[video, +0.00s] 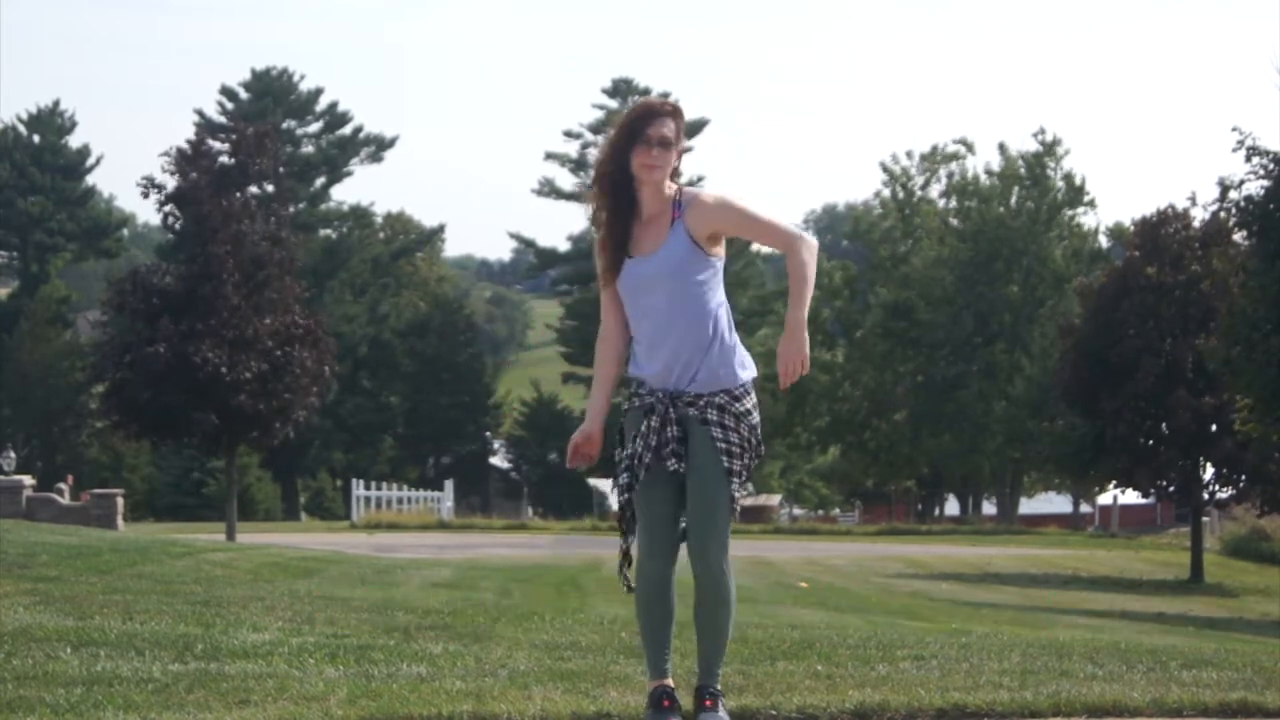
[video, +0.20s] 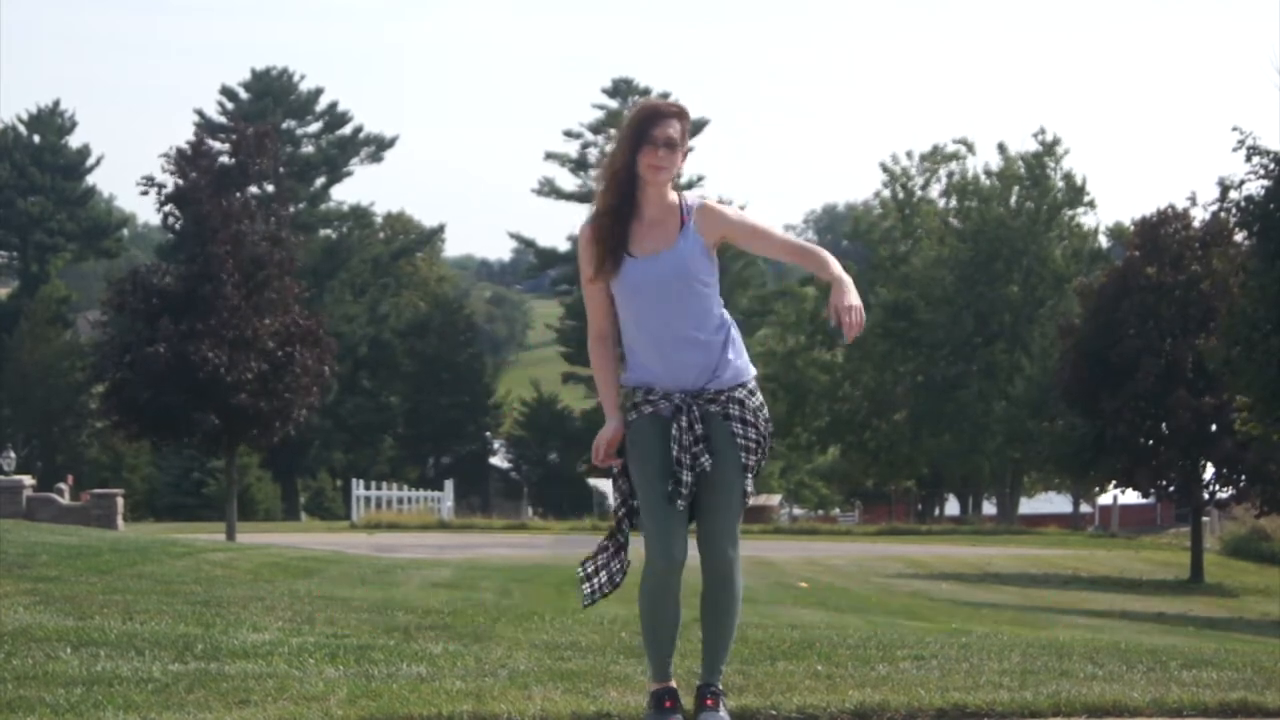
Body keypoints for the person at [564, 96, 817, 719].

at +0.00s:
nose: (660, 153)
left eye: (670, 144)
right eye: (650, 142)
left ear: (681, 154)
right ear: (626, 151)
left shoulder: (702, 210)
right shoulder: (612, 237)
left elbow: (802, 244)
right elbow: (612, 334)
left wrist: (797, 325)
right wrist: (594, 418)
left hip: (716, 400)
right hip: (649, 405)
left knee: (707, 549)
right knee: (654, 549)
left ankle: (708, 691)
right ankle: (660, 687)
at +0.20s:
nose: (663, 155)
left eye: (674, 146)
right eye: (654, 143)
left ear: (685, 155)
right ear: (630, 149)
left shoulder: (705, 217)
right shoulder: (598, 235)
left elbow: (800, 251)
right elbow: (601, 336)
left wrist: (840, 278)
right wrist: (612, 416)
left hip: (725, 397)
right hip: (650, 401)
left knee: (721, 552)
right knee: (665, 549)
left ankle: (711, 689)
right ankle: (662, 688)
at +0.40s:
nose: (671, 153)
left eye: (680, 145)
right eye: (660, 143)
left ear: (691, 155)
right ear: (638, 151)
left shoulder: (708, 232)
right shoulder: (603, 228)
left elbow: (776, 304)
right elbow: (571, 323)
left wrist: (840, 269)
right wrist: (592, 413)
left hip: (728, 399)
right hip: (657, 404)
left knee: (721, 552)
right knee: (679, 555)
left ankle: (712, 690)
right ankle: (664, 691)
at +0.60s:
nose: (674, 146)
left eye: (683, 137)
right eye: (662, 137)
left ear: (696, 147)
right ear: (639, 149)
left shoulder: (704, 227)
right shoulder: (613, 219)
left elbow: (739, 319)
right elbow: (538, 290)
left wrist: (833, 308)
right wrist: (540, 387)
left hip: (718, 402)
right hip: (655, 402)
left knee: (715, 547)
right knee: (679, 547)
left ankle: (711, 691)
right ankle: (664, 692)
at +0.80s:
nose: (668, 141)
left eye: (677, 131)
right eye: (655, 132)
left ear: (692, 141)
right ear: (637, 145)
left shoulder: (708, 223)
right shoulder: (615, 211)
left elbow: (725, 314)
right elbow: (527, 254)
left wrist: (766, 357)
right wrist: (493, 336)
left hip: (706, 401)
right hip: (644, 398)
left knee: (707, 543)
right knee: (659, 543)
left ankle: (712, 688)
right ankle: (661, 687)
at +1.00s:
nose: (663, 143)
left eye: (671, 133)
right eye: (650, 134)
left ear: (684, 143)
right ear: (628, 146)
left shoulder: (712, 218)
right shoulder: (607, 218)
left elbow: (735, 313)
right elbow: (537, 255)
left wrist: (681, 346)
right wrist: (533, 290)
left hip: (698, 397)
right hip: (629, 394)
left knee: (700, 549)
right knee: (644, 543)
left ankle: (709, 690)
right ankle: (657, 687)